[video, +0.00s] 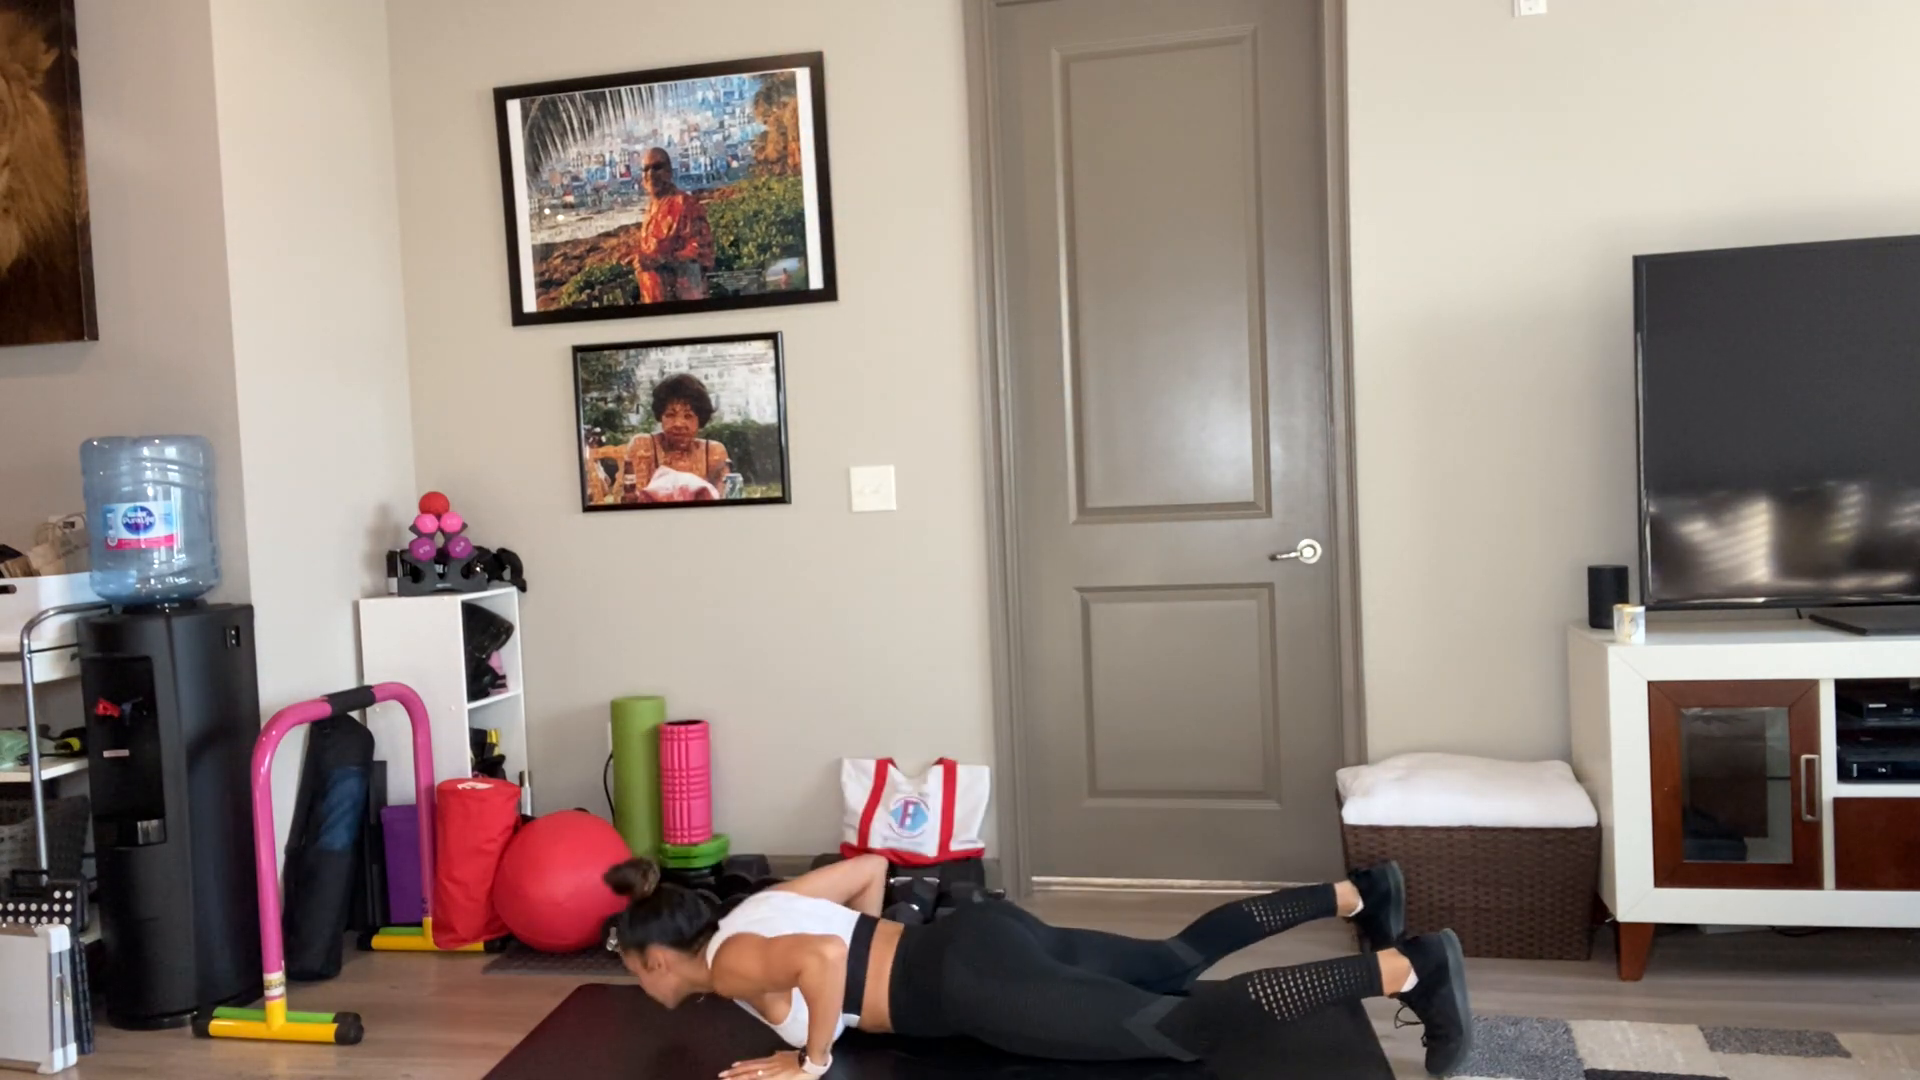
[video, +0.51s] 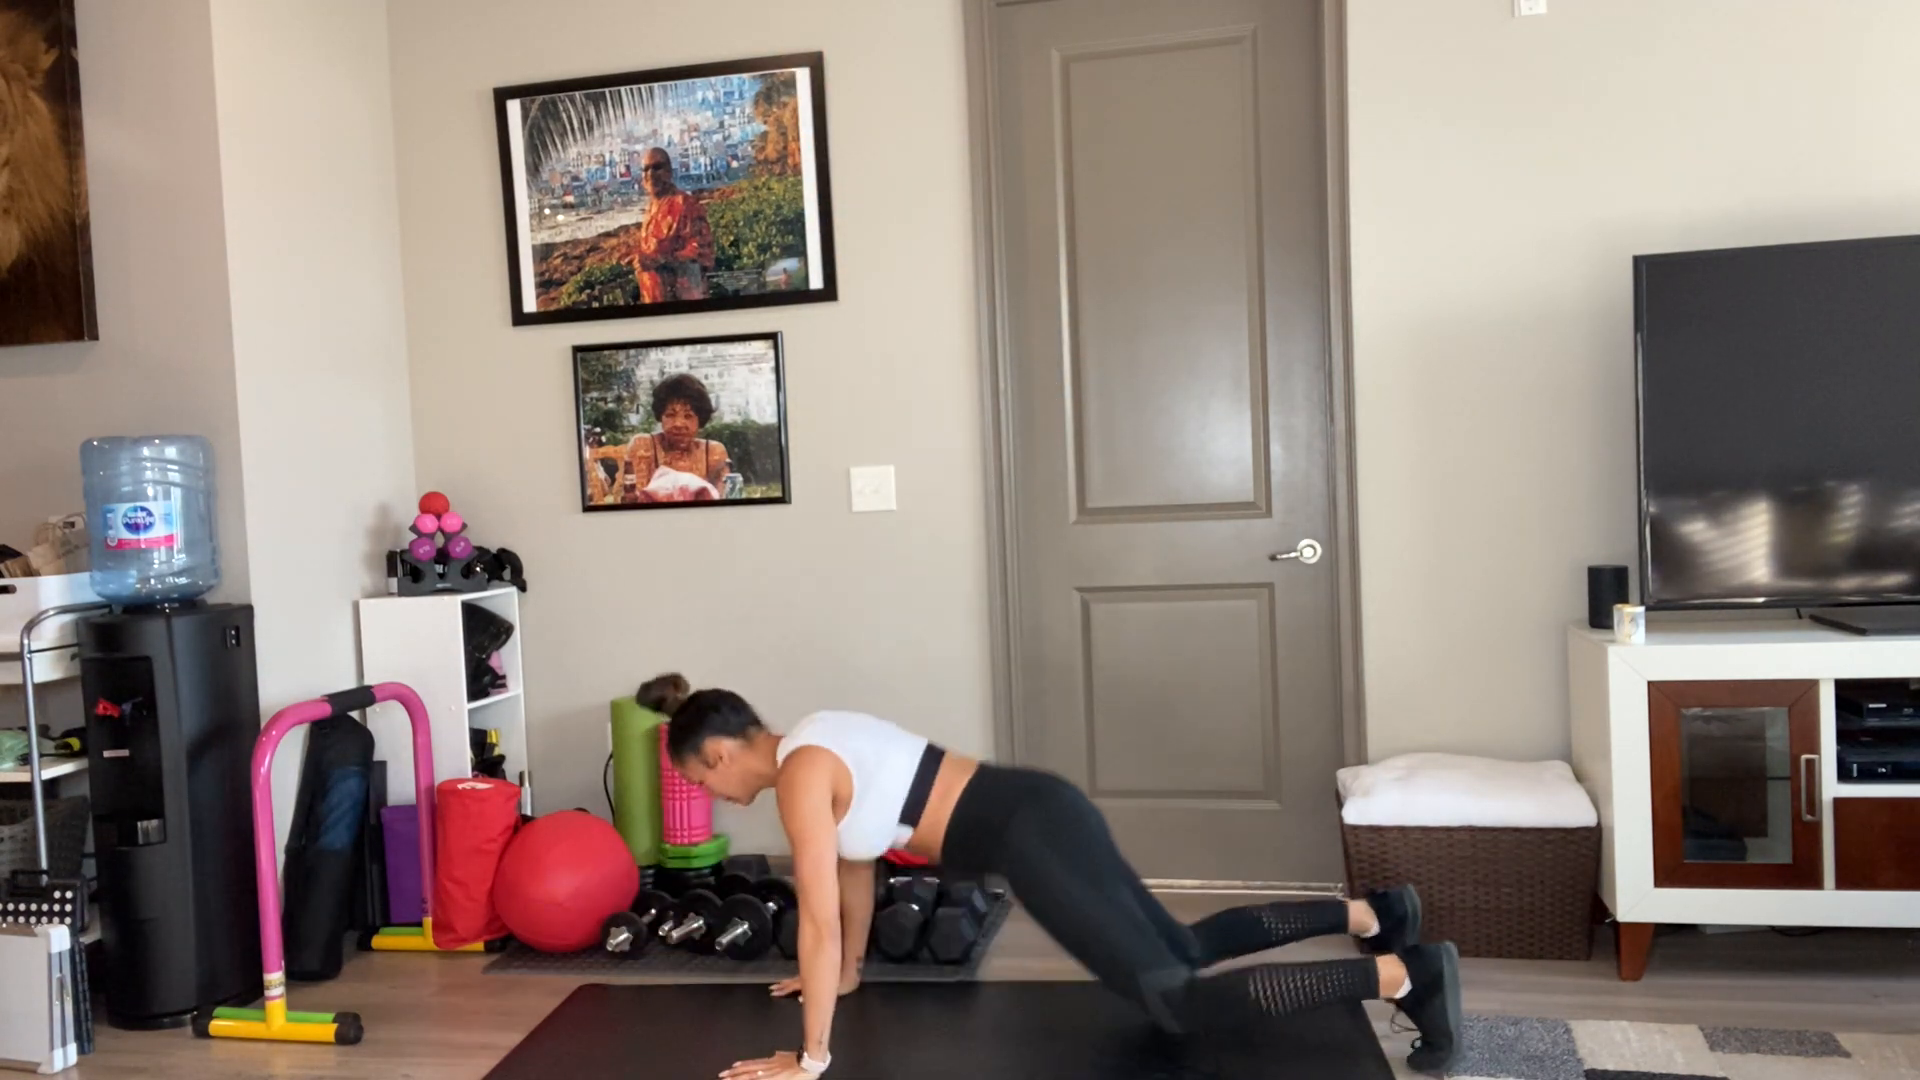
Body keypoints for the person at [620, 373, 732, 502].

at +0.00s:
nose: (679, 424)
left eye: (688, 416)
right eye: (670, 415)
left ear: (700, 420)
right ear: (660, 417)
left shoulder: (714, 451)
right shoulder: (641, 446)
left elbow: (722, 500)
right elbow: (629, 499)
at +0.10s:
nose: (679, 424)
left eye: (688, 416)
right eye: (670, 415)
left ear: (701, 420)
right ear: (660, 417)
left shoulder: (714, 451)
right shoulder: (641, 446)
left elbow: (722, 499)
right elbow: (628, 498)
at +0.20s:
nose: (679, 424)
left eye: (688, 416)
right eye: (670, 415)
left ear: (700, 420)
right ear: (660, 417)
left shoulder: (714, 451)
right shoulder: (641, 446)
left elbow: (722, 500)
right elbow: (629, 499)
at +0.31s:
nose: (679, 424)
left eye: (688, 416)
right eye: (670, 415)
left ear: (700, 420)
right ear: (659, 417)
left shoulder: (714, 451)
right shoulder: (641, 446)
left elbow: (721, 500)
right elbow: (629, 499)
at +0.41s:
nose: (679, 424)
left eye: (688, 416)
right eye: (670, 415)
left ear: (700, 420)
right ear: (659, 417)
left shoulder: (714, 451)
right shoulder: (641, 446)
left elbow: (722, 500)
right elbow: (629, 499)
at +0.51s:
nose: (679, 424)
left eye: (688, 416)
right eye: (670, 415)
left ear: (700, 420)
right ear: (660, 417)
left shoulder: (714, 451)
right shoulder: (641, 446)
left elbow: (722, 500)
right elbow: (631, 499)